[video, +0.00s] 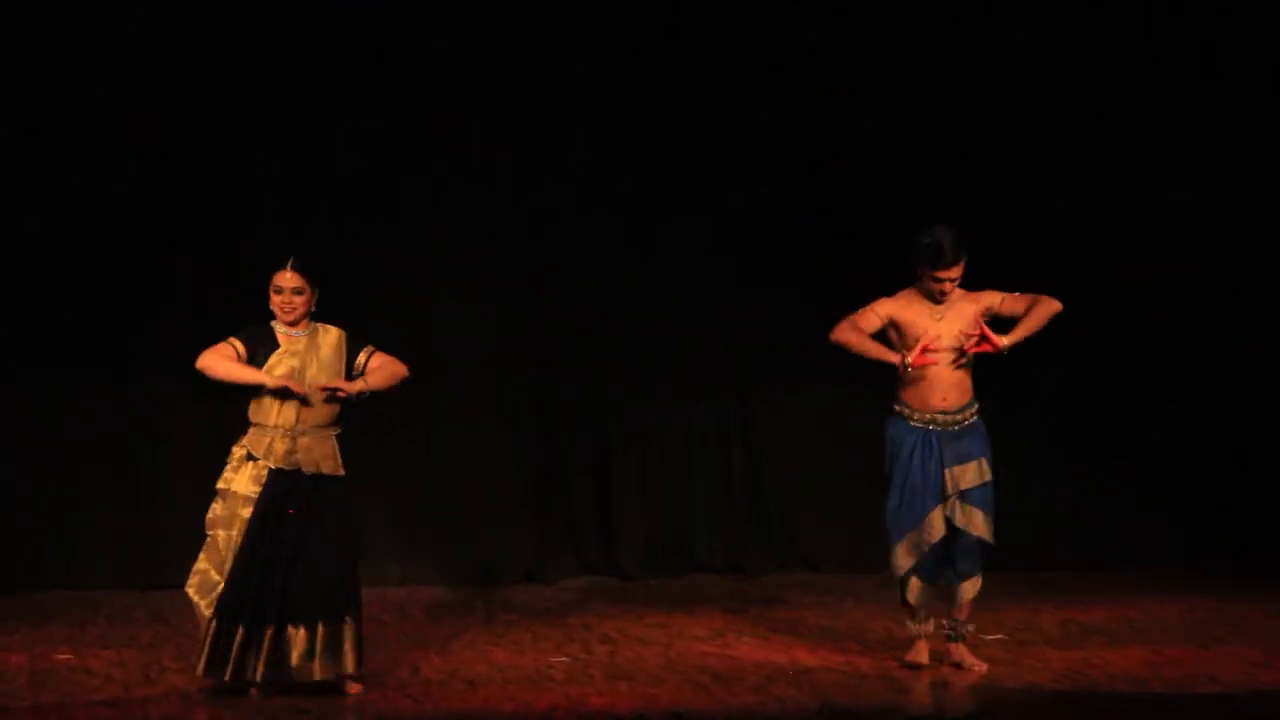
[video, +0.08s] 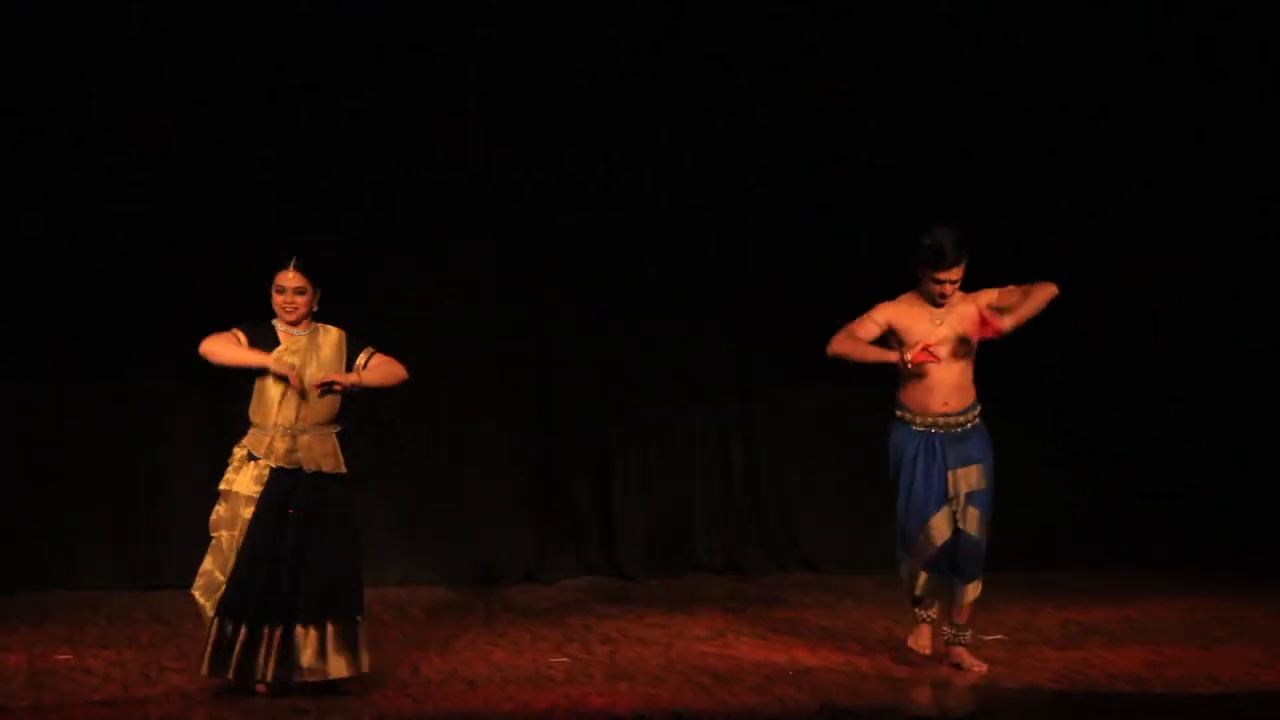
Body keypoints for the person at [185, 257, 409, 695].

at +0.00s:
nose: (287, 300)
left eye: (297, 292)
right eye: (279, 291)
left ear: (312, 297)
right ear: (269, 295)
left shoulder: (336, 343)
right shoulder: (258, 338)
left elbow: (396, 369)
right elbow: (207, 362)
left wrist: (358, 385)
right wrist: (266, 379)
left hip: (319, 472)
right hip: (259, 470)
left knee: (331, 569)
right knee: (250, 568)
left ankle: (341, 670)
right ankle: (246, 671)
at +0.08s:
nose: (289, 299)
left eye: (299, 292)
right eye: (281, 291)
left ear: (314, 298)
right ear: (271, 295)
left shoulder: (336, 343)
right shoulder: (260, 336)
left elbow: (396, 372)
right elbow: (209, 348)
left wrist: (351, 379)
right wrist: (272, 363)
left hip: (317, 471)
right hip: (260, 468)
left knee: (319, 567)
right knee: (255, 565)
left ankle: (313, 669)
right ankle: (253, 669)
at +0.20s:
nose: (306, 295)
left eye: (312, 288)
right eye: (297, 287)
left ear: (317, 297)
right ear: (274, 292)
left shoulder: (329, 344)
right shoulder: (255, 338)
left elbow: (390, 385)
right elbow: (215, 314)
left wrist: (371, 377)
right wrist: (269, 309)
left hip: (314, 463)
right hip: (259, 463)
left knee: (329, 561)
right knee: (263, 565)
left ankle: (336, 669)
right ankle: (267, 672)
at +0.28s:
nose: (313, 291)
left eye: (314, 285)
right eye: (304, 284)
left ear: (309, 295)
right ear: (275, 292)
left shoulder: (325, 346)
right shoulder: (250, 336)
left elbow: (365, 388)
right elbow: (223, 292)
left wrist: (391, 380)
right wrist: (269, 263)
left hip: (311, 461)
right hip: (256, 461)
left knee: (326, 560)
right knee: (261, 565)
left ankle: (327, 669)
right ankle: (261, 673)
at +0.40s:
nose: (314, 291)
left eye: (315, 283)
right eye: (304, 282)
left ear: (313, 293)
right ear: (275, 290)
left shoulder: (324, 346)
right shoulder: (251, 335)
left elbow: (382, 381)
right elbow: (248, 274)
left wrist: (443, 372)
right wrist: (278, 218)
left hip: (309, 461)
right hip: (255, 460)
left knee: (319, 561)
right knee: (260, 565)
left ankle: (318, 671)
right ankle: (263, 674)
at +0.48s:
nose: (315, 289)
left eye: (315, 282)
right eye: (306, 281)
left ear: (311, 292)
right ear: (277, 288)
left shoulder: (325, 344)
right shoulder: (251, 335)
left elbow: (385, 376)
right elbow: (254, 274)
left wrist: (444, 364)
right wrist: (281, 218)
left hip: (312, 459)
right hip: (257, 458)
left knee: (322, 560)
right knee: (262, 563)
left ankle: (321, 669)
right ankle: (264, 671)